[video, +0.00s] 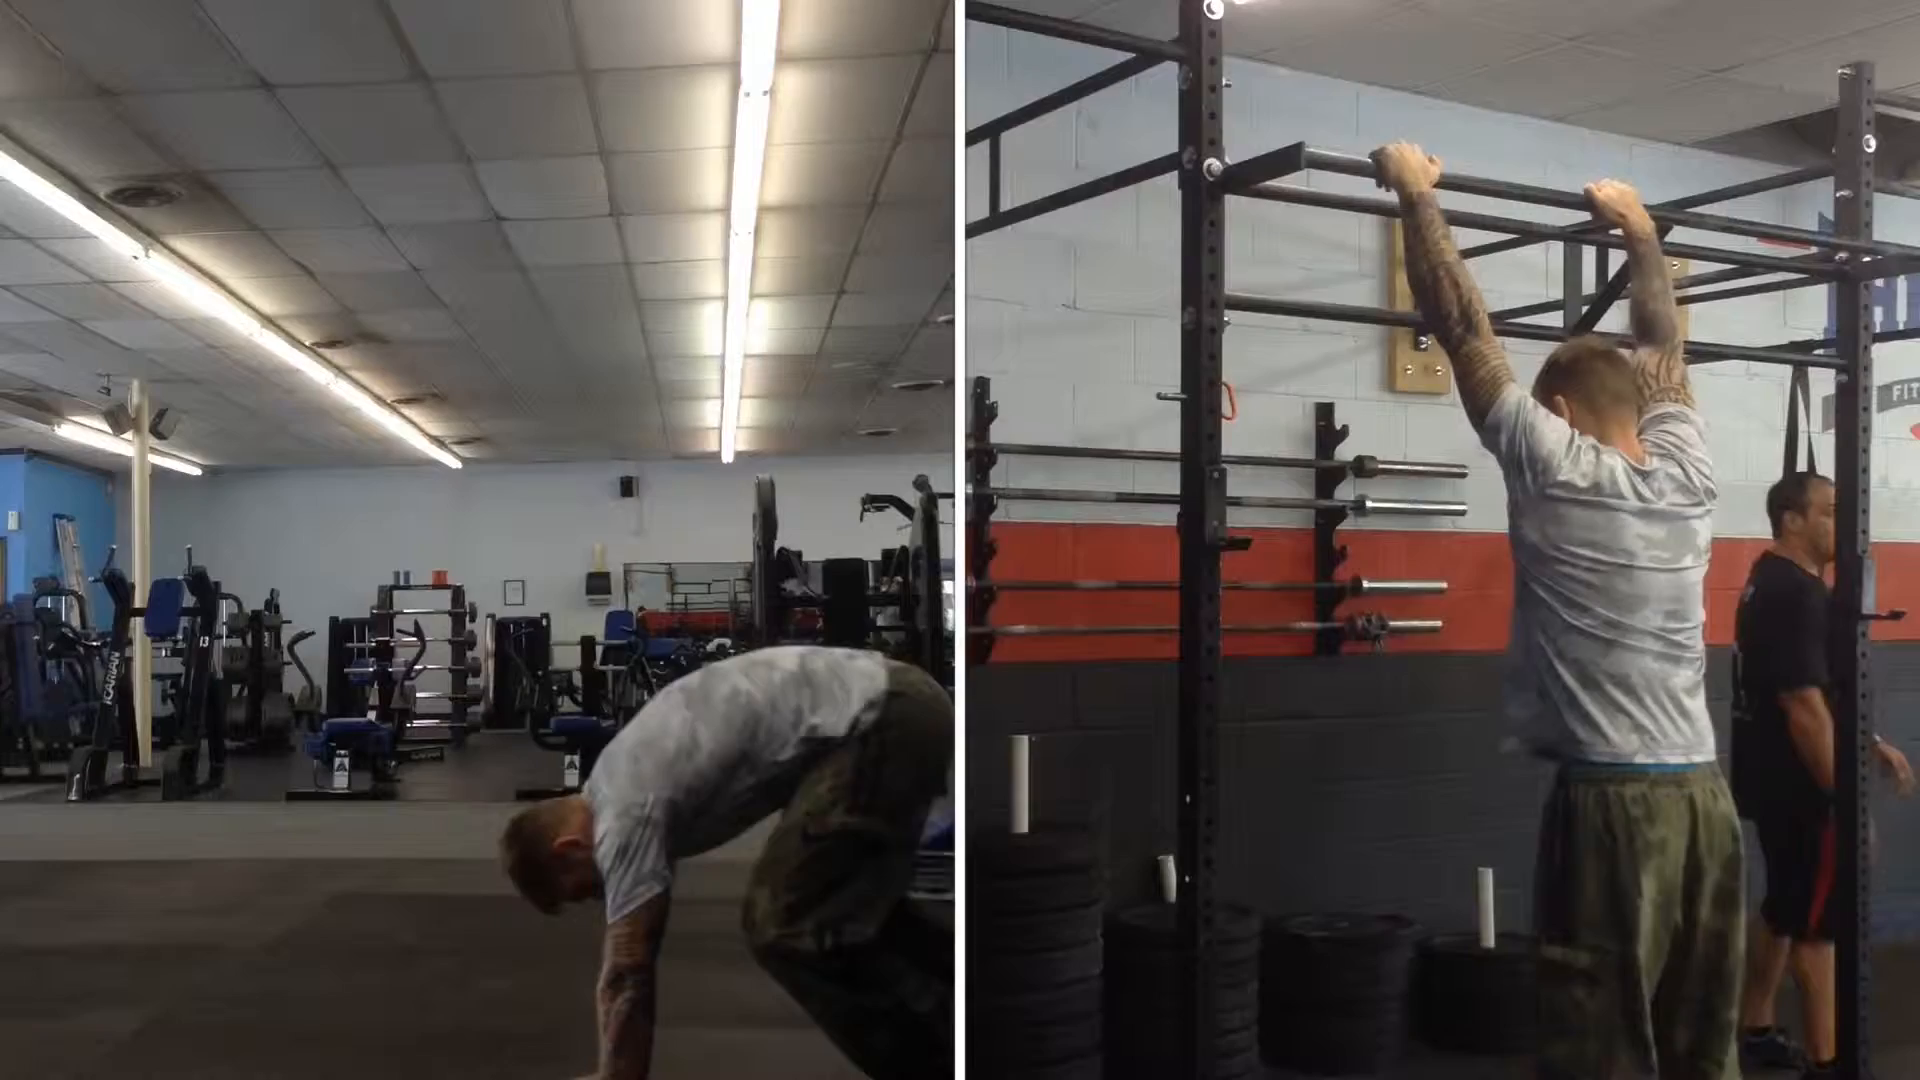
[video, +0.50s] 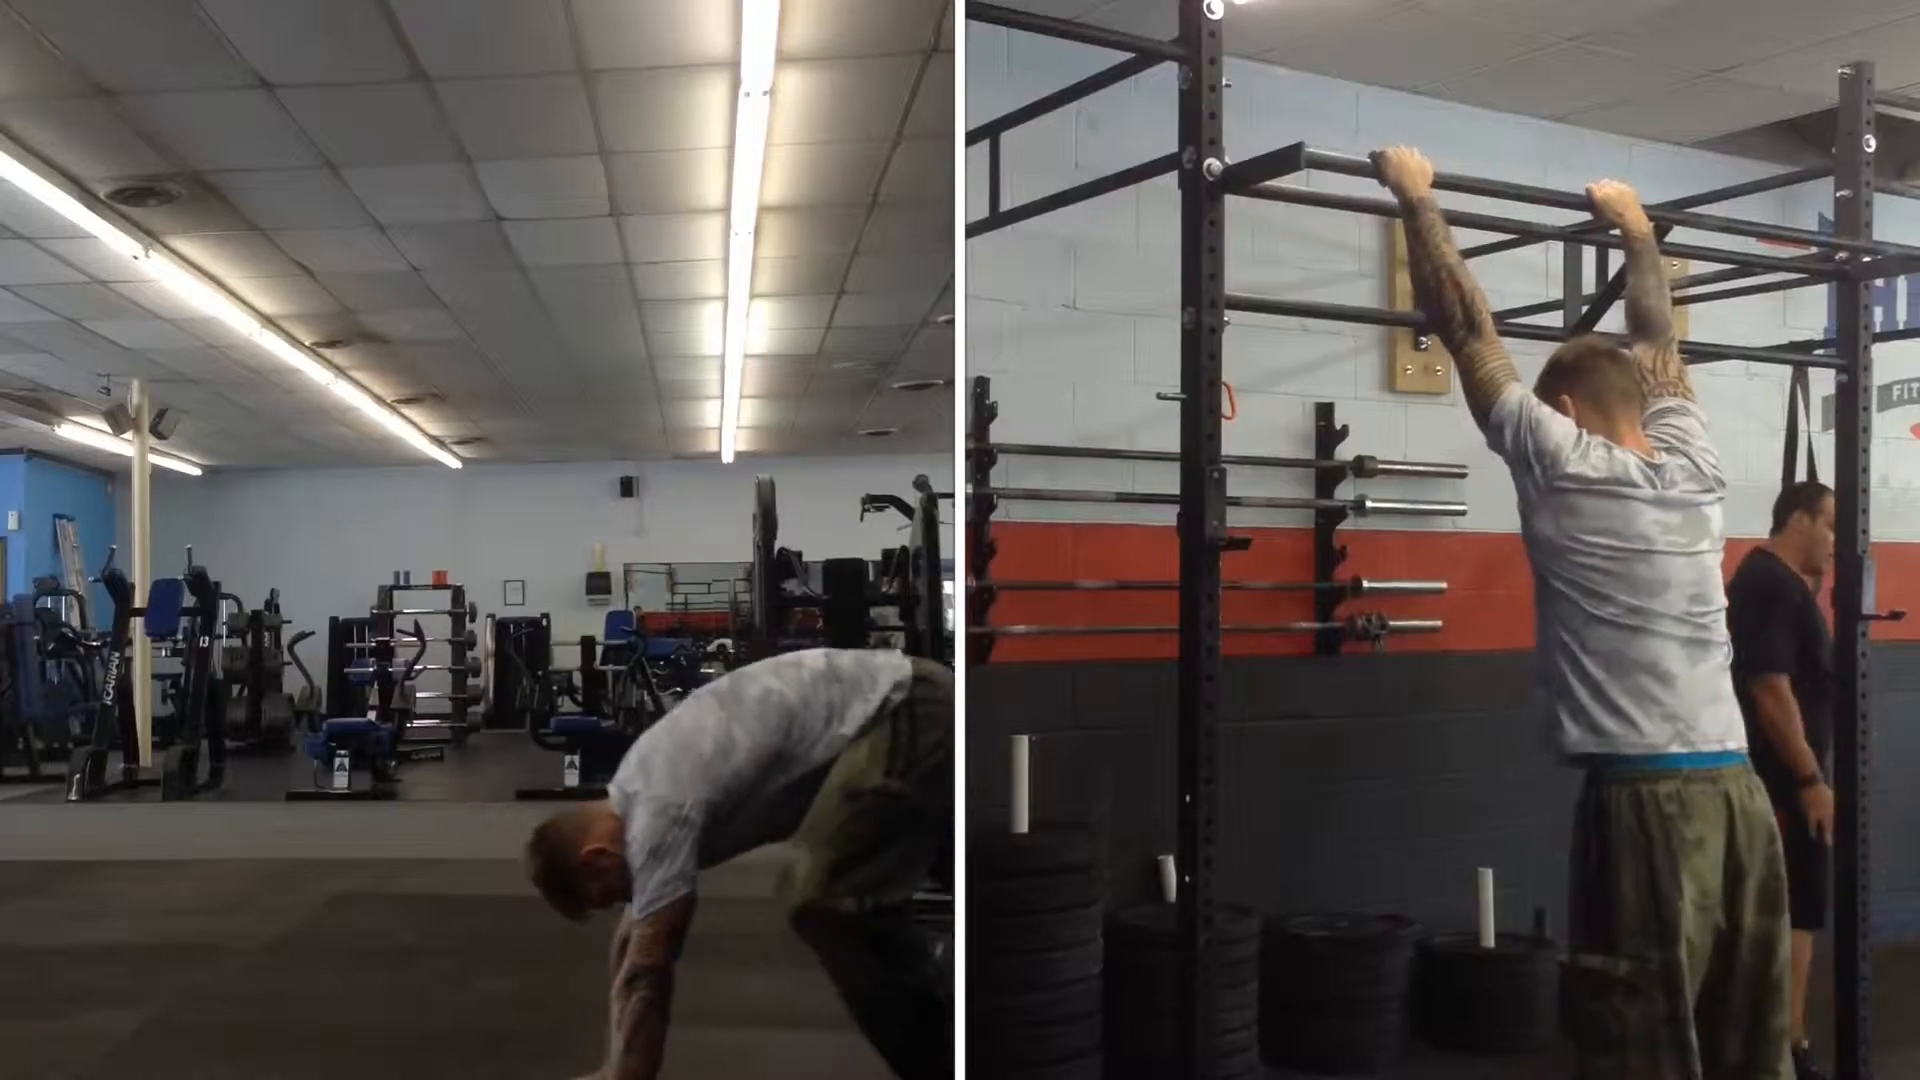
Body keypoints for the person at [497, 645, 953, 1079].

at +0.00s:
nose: (598, 897)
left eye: (583, 890)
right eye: (585, 897)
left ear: (574, 848)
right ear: (576, 832)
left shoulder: (627, 808)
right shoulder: (620, 788)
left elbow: (626, 981)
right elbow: (630, 970)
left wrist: (616, 1072)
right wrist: (612, 1067)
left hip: (883, 718)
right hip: (888, 704)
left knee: (785, 926)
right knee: (835, 909)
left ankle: (921, 1055)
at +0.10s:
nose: (594, 896)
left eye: (579, 889)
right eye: (580, 895)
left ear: (568, 850)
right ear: (570, 834)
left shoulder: (620, 804)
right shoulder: (614, 782)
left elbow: (623, 977)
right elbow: (627, 967)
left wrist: (615, 1071)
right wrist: (611, 1067)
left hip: (873, 713)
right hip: (882, 698)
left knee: (790, 922)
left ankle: (916, 1056)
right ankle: (929, 1048)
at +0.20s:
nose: (592, 898)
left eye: (575, 891)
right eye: (576, 898)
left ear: (566, 854)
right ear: (567, 838)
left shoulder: (618, 801)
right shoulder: (611, 781)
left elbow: (627, 975)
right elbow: (629, 964)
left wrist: (616, 1068)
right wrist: (616, 1063)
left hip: (873, 707)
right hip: (878, 694)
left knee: (796, 919)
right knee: (802, 912)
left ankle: (922, 1052)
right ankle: (925, 1044)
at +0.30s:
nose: (596, 892)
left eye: (581, 886)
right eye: (582, 893)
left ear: (572, 848)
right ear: (574, 834)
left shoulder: (627, 797)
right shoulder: (615, 783)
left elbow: (631, 970)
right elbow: (625, 956)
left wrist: (619, 1070)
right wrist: (613, 1065)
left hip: (883, 710)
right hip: (880, 701)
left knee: (797, 916)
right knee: (797, 909)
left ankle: (924, 1052)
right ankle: (924, 1045)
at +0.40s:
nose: (607, 892)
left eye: (591, 886)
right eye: (592, 893)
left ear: (583, 847)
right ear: (587, 830)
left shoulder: (641, 797)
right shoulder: (630, 787)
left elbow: (635, 970)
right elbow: (629, 957)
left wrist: (619, 1071)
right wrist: (613, 1064)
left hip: (898, 718)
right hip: (891, 711)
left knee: (803, 913)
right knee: (800, 908)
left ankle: (922, 1055)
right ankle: (922, 1050)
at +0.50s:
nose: (620, 905)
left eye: (606, 897)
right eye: (606, 906)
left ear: (600, 858)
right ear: (601, 844)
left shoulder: (660, 806)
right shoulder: (639, 797)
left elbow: (650, 970)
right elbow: (633, 947)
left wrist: (627, 1068)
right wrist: (616, 1060)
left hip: (908, 709)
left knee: (823, 903)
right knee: (816, 899)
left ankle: (928, 1056)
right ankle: (929, 1049)